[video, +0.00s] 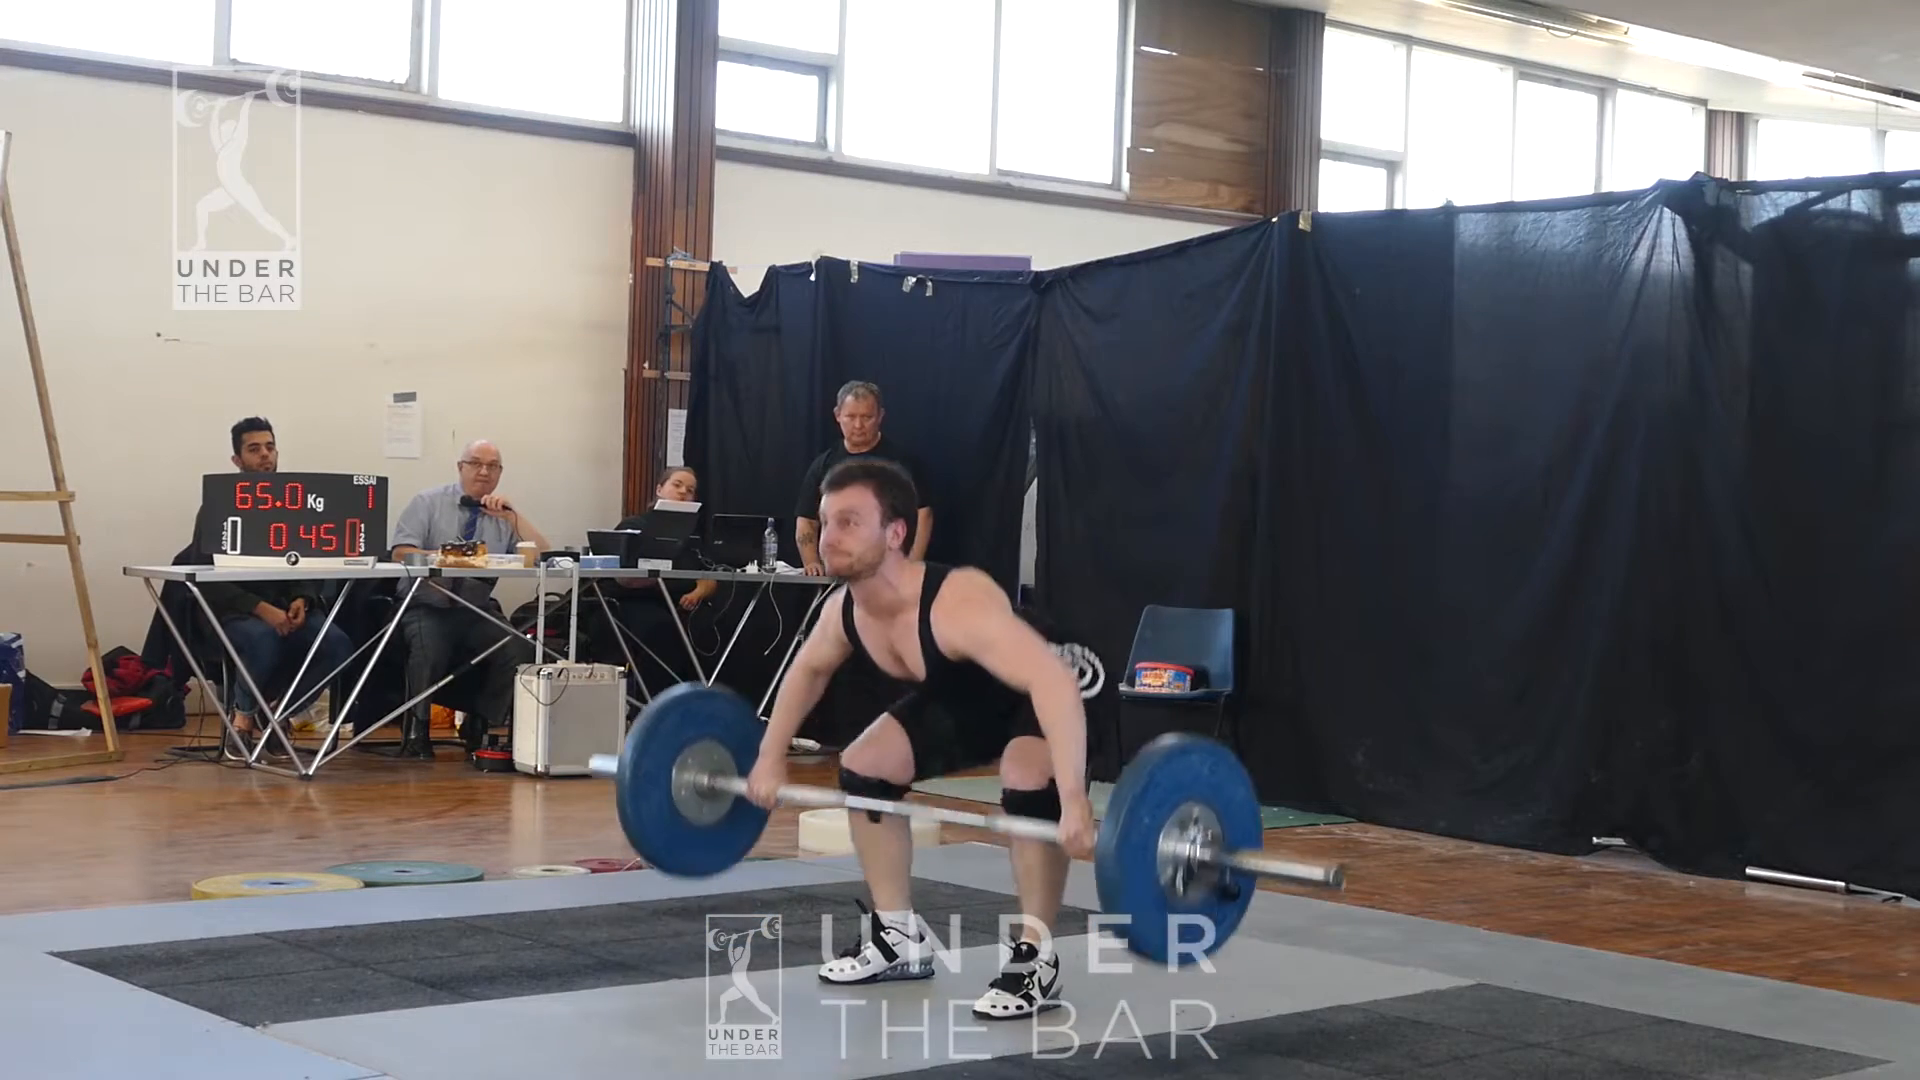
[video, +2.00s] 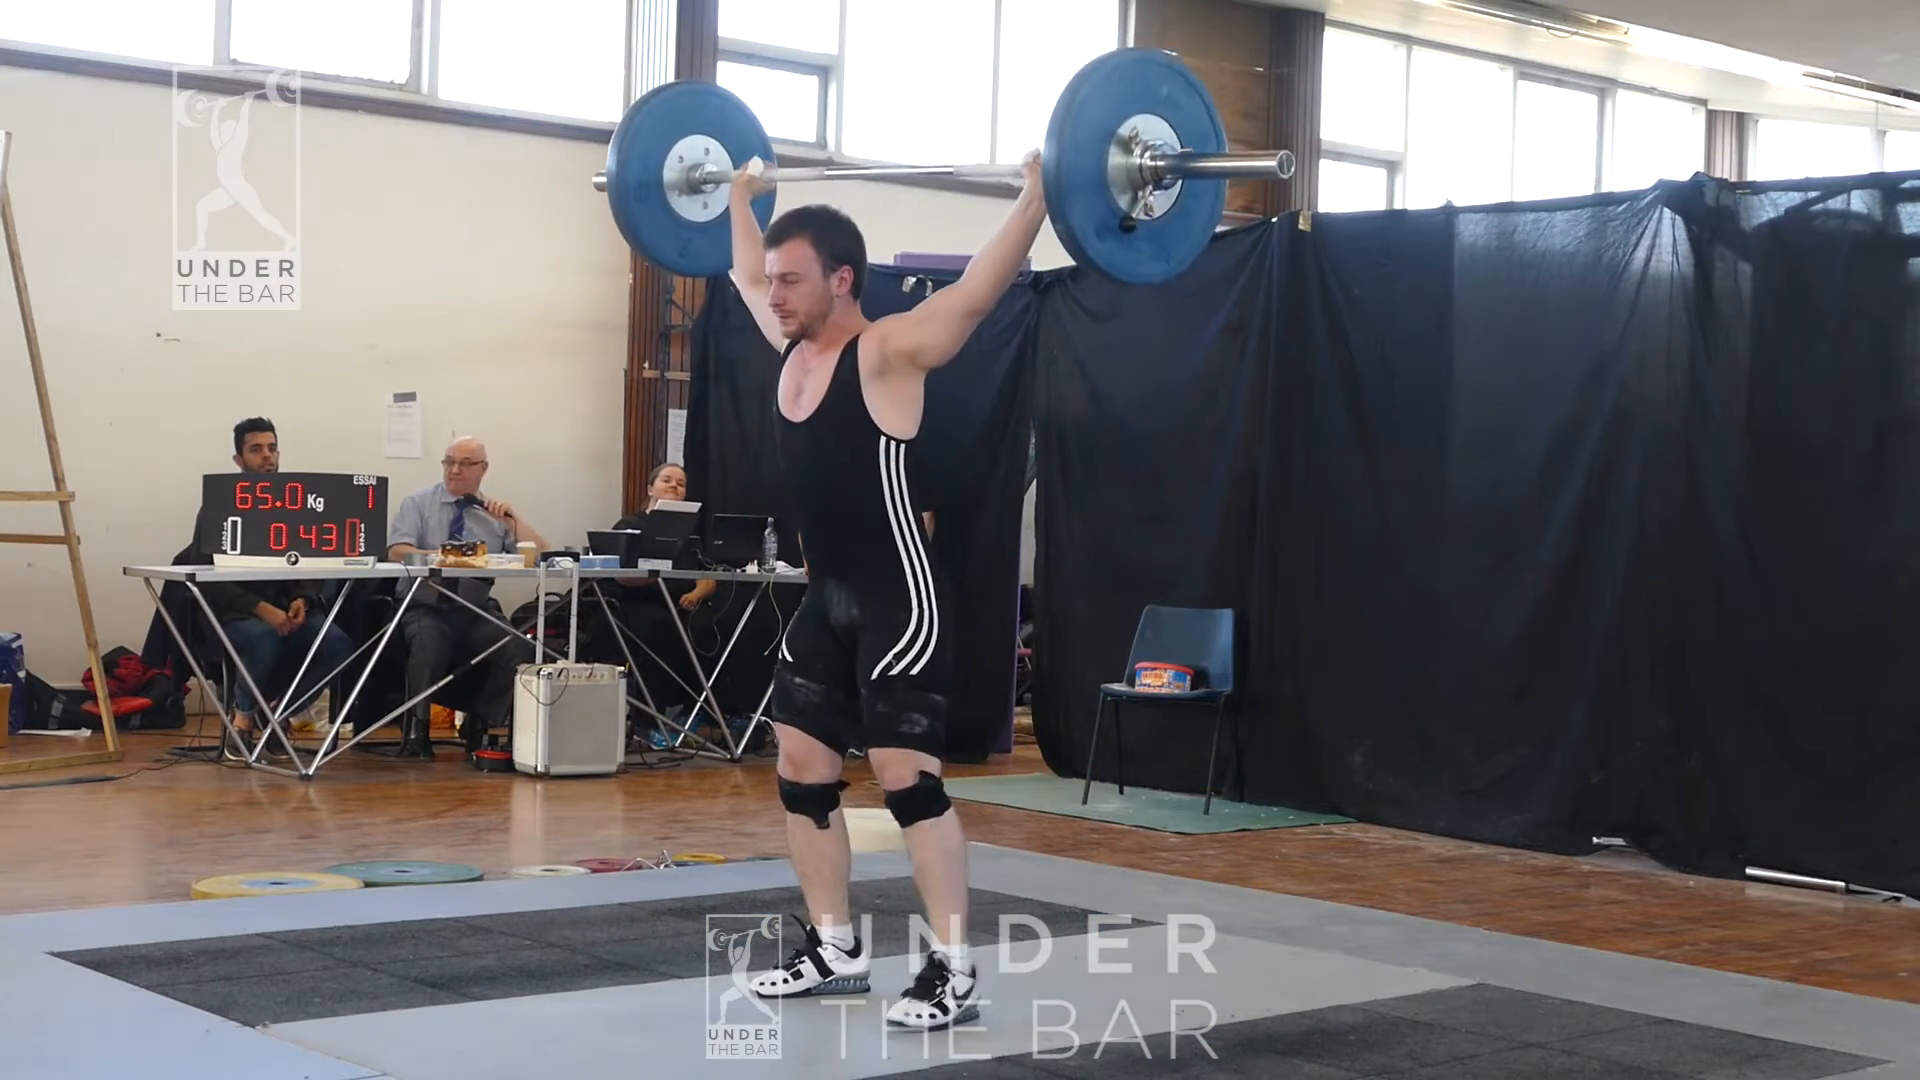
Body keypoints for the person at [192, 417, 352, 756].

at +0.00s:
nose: (265, 454)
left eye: (270, 447)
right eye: (255, 448)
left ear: (277, 452)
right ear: (238, 460)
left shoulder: (293, 496)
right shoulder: (220, 504)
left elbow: (312, 556)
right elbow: (205, 576)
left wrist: (302, 599)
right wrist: (260, 608)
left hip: (288, 607)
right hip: (237, 608)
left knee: (337, 644)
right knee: (264, 641)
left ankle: (278, 717)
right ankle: (242, 719)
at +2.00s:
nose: (267, 456)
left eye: (272, 448)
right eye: (257, 449)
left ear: (278, 453)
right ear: (239, 459)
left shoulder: (293, 498)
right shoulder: (221, 505)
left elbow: (312, 556)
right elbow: (205, 576)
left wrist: (302, 598)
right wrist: (260, 608)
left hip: (287, 607)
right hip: (237, 608)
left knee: (336, 643)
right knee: (264, 642)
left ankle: (278, 717)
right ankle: (242, 718)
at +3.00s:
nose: (271, 461)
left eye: (276, 453)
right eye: (261, 454)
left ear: (282, 454)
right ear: (242, 459)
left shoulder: (294, 497)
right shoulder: (222, 503)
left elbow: (312, 556)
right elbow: (206, 575)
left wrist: (303, 598)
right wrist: (261, 607)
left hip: (288, 606)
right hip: (238, 607)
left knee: (338, 645)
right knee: (265, 640)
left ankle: (278, 714)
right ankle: (243, 719)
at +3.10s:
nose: (272, 461)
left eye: (277, 453)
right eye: (262, 454)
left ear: (283, 455)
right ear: (243, 459)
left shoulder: (295, 498)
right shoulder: (223, 503)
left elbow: (311, 556)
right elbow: (207, 575)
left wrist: (303, 597)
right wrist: (262, 601)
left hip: (288, 606)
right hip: (237, 606)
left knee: (337, 645)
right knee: (265, 642)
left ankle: (277, 715)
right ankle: (242, 720)